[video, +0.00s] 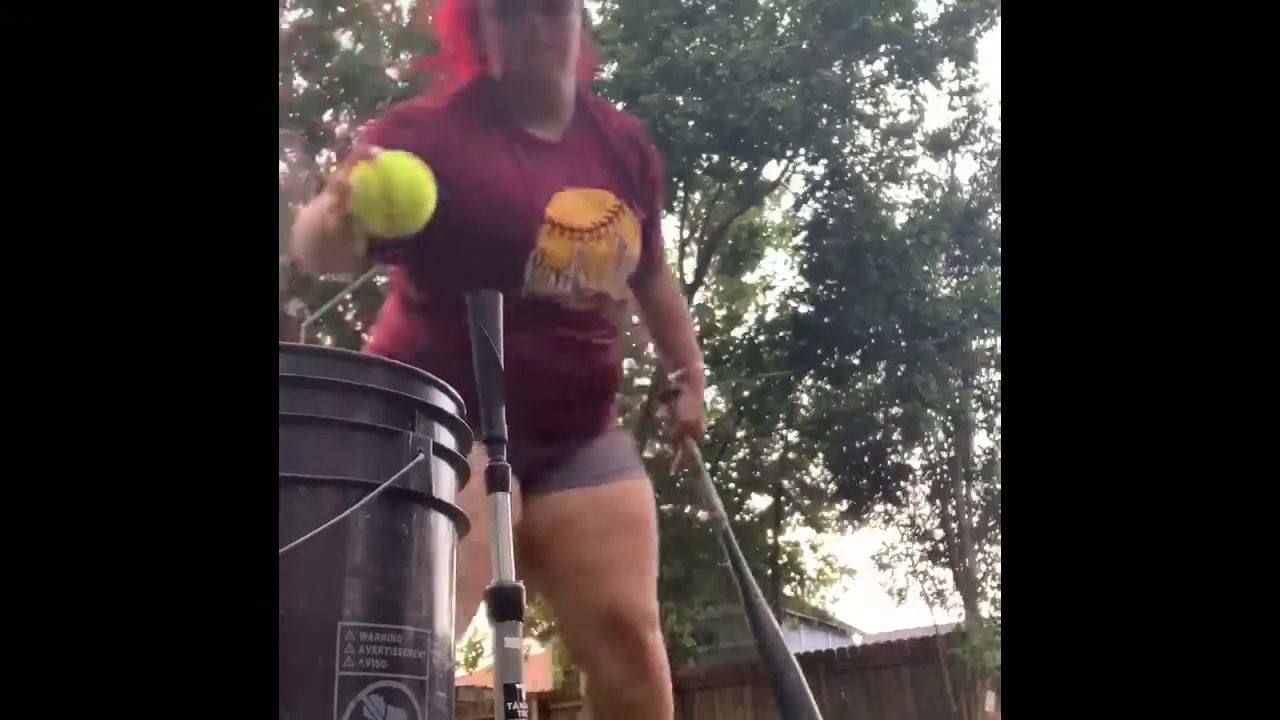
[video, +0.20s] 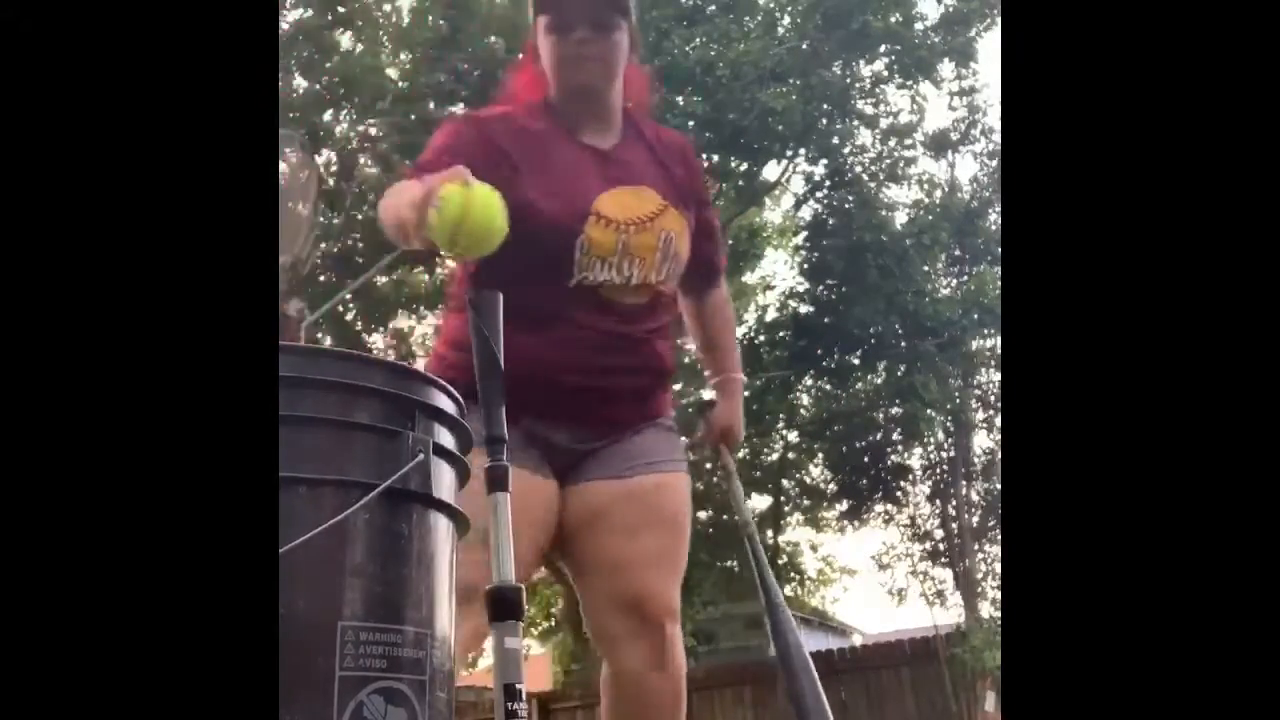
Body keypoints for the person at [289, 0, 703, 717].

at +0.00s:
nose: (541, 27)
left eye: (556, 7)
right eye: (515, 10)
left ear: (581, 22)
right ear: (479, 30)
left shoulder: (625, 148)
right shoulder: (421, 133)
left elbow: (651, 273)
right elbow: (316, 256)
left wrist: (691, 375)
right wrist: (343, 214)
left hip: (578, 428)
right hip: (440, 425)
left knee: (632, 642)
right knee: (410, 646)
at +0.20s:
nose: (584, 42)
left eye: (603, 26)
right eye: (564, 27)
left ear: (630, 43)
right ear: (536, 45)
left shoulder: (671, 156)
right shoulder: (490, 136)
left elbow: (705, 281)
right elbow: (398, 208)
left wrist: (729, 389)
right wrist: (421, 205)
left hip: (632, 426)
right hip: (496, 417)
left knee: (650, 631)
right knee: (460, 607)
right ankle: (390, 707)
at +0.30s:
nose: (593, 45)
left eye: (612, 29)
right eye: (573, 31)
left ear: (638, 43)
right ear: (549, 47)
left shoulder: (685, 162)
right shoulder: (506, 135)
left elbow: (712, 283)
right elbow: (438, 187)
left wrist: (741, 379)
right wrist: (453, 216)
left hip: (635, 420)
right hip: (499, 407)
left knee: (645, 623)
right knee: (469, 583)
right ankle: (405, 706)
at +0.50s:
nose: (589, 61)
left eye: (607, 46)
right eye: (571, 48)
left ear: (636, 60)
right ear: (548, 66)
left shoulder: (685, 177)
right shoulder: (518, 148)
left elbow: (712, 290)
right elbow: (478, 186)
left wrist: (742, 375)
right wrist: (464, 217)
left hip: (633, 428)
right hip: (499, 422)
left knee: (638, 621)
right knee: (447, 626)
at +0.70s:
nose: (553, 75)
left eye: (569, 62)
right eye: (535, 64)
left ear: (597, 81)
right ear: (511, 84)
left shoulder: (645, 185)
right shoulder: (475, 164)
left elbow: (683, 293)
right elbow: (435, 232)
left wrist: (725, 365)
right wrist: (462, 217)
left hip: (608, 432)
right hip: (477, 434)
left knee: (624, 620)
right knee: (441, 645)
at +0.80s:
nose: (521, 83)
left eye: (537, 70)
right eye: (502, 72)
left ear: (564, 87)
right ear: (478, 92)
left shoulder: (615, 188)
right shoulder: (435, 179)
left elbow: (672, 290)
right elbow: (400, 253)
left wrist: (707, 353)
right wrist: (449, 262)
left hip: (589, 433)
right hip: (462, 435)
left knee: (614, 623)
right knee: (425, 641)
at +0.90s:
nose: (486, 90)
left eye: (502, 77)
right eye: (467, 80)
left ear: (528, 92)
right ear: (445, 98)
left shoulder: (587, 192)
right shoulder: (400, 199)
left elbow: (662, 280)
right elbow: (364, 291)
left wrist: (672, 356)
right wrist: (414, 324)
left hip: (573, 440)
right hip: (450, 446)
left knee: (601, 621)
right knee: (426, 645)